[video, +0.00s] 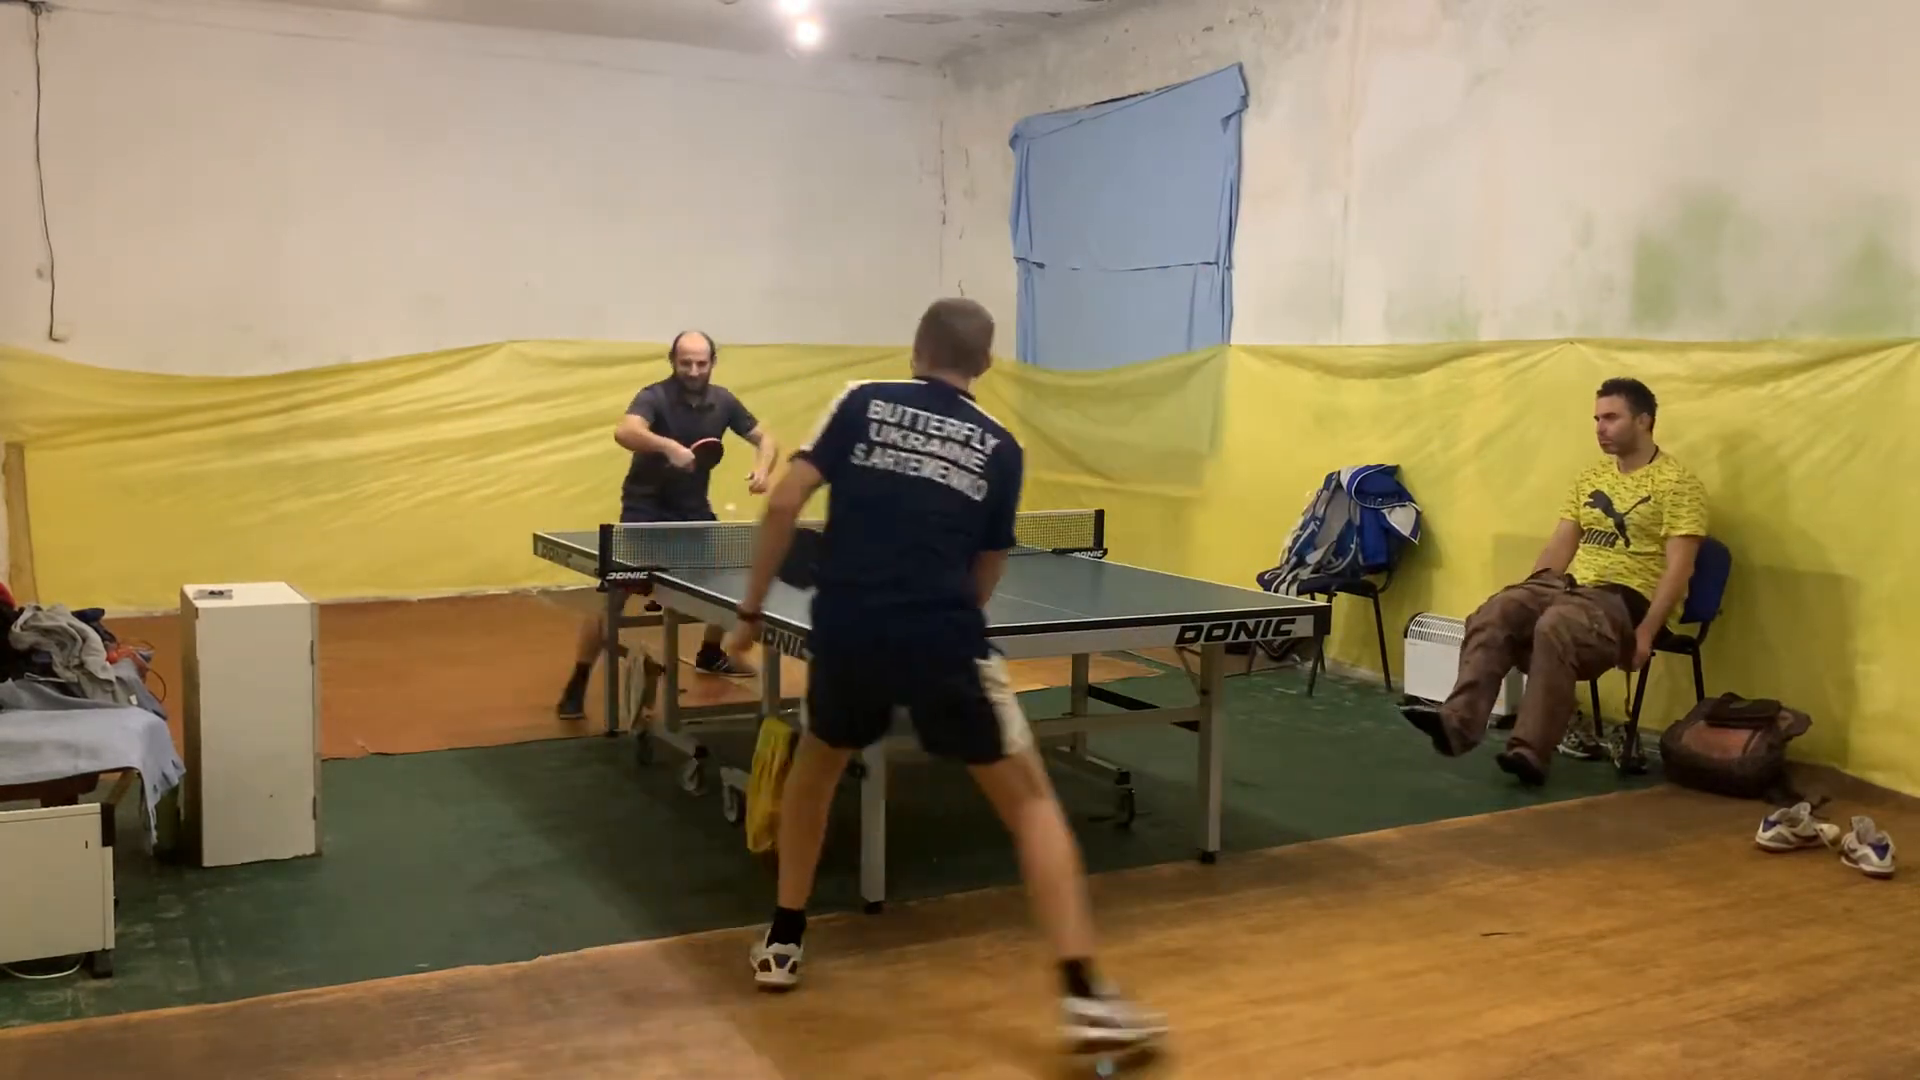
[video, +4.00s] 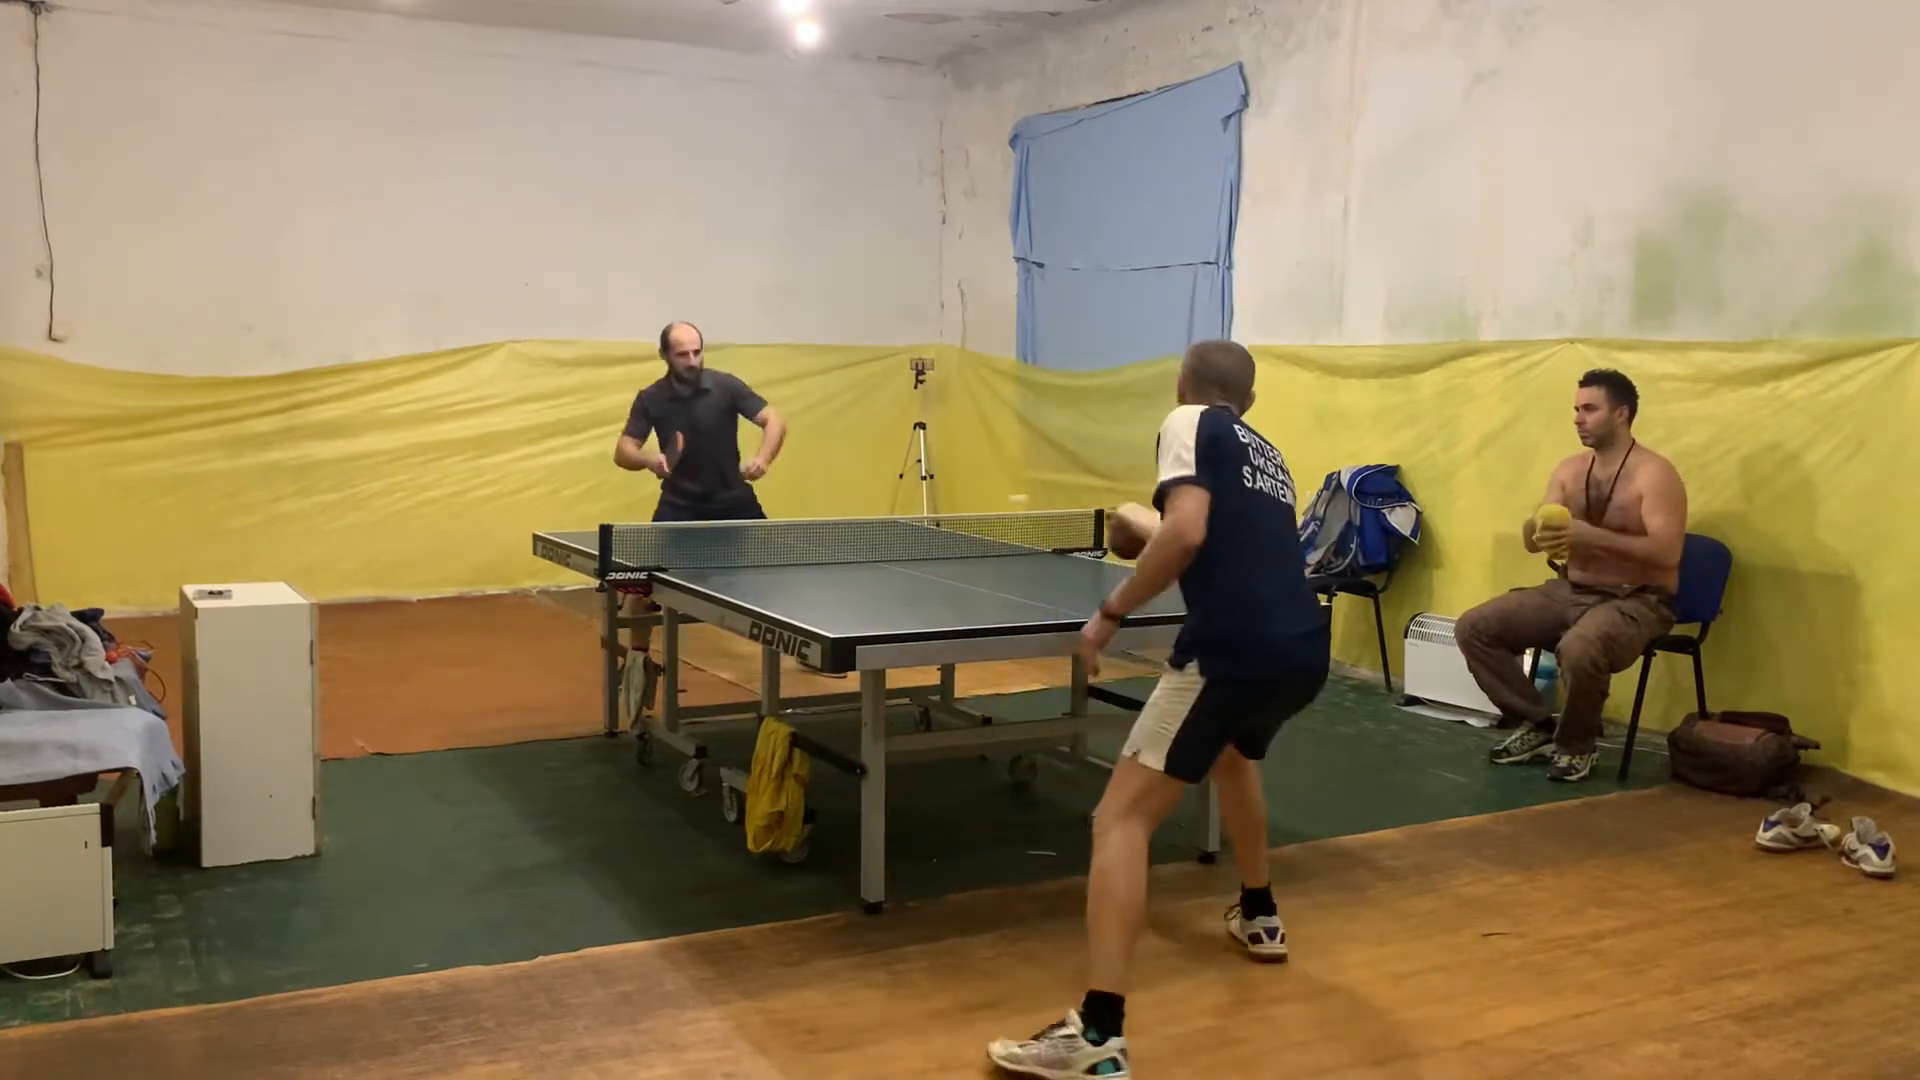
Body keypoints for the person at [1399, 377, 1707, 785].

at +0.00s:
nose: (1600, 428)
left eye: (1610, 418)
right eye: (1597, 419)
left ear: (1644, 420)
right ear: (1596, 422)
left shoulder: (1679, 483)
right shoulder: (1592, 476)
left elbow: (1680, 568)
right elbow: (1561, 546)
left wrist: (1647, 630)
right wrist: (1531, 592)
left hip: (1627, 596)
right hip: (1570, 587)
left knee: (1557, 627)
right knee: (1496, 614)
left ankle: (1531, 751)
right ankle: (1458, 723)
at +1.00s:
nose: (1599, 429)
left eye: (1609, 419)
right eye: (1596, 420)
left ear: (1642, 421)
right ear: (1594, 422)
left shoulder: (1677, 482)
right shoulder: (1591, 476)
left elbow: (1684, 568)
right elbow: (1561, 545)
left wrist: (1644, 628)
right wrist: (1534, 593)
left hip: (1631, 596)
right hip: (1573, 588)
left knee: (1554, 626)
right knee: (1494, 615)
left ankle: (1531, 751)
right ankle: (1488, 734)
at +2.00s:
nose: (1592, 412)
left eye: (1605, 404)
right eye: (1589, 403)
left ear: (1635, 411)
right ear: (1584, 408)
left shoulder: (1655, 472)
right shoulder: (1573, 462)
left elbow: (1639, 548)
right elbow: (1513, 492)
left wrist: (1557, 526)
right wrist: (1534, 449)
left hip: (1637, 601)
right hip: (1572, 593)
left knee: (1580, 651)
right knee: (1474, 630)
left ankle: (1577, 746)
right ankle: (1535, 722)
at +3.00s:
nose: (1578, 415)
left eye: (1589, 406)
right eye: (1578, 406)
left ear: (1624, 412)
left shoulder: (1655, 472)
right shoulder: (1572, 467)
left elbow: (1652, 550)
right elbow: (1545, 537)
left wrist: (1586, 519)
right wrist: (1510, 519)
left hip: (1636, 601)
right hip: (1568, 594)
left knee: (1579, 651)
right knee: (1475, 629)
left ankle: (1576, 745)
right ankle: (1535, 722)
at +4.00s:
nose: (1578, 418)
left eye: (1589, 409)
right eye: (1577, 409)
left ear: (1622, 413)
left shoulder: (1656, 474)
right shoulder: (1569, 470)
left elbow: (1665, 556)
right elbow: (1537, 542)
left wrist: (1583, 535)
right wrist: (1538, 533)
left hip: (1638, 600)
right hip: (1571, 591)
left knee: (1579, 649)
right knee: (1475, 629)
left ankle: (1577, 745)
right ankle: (1535, 721)